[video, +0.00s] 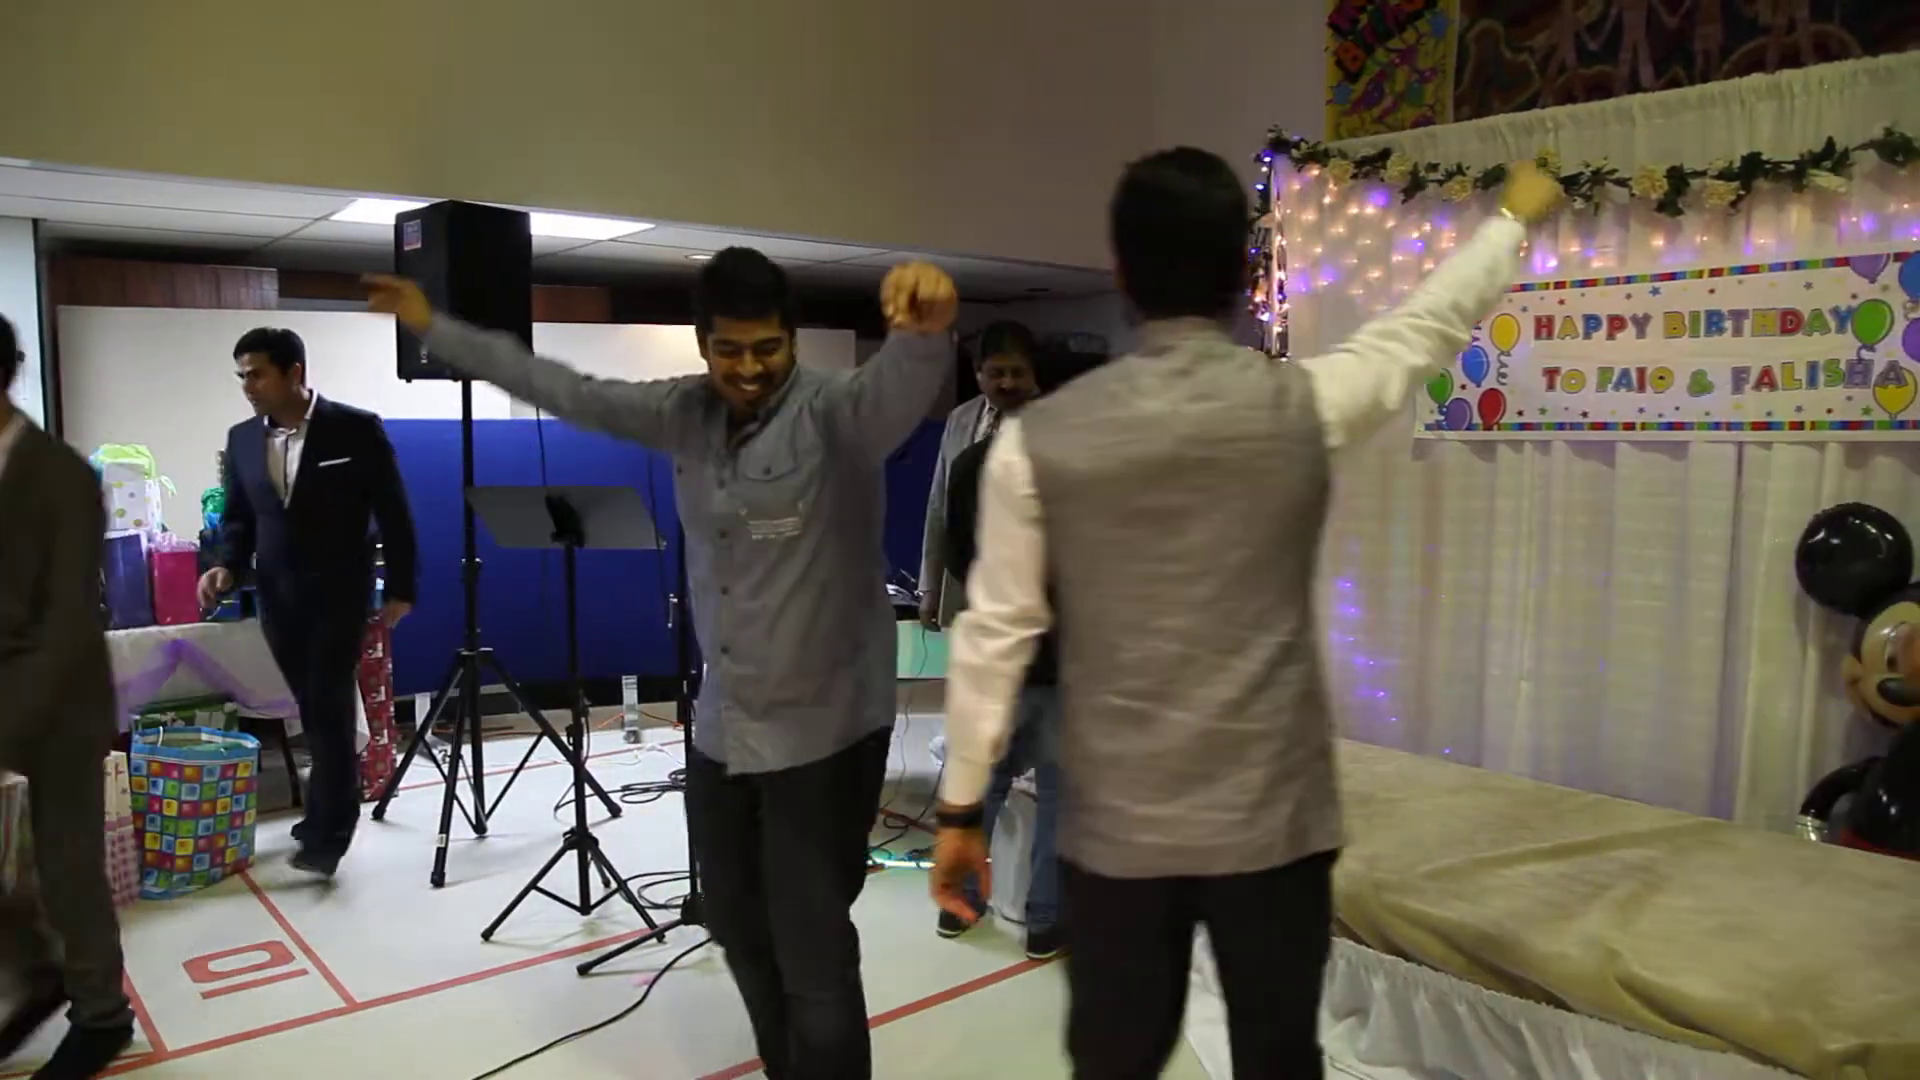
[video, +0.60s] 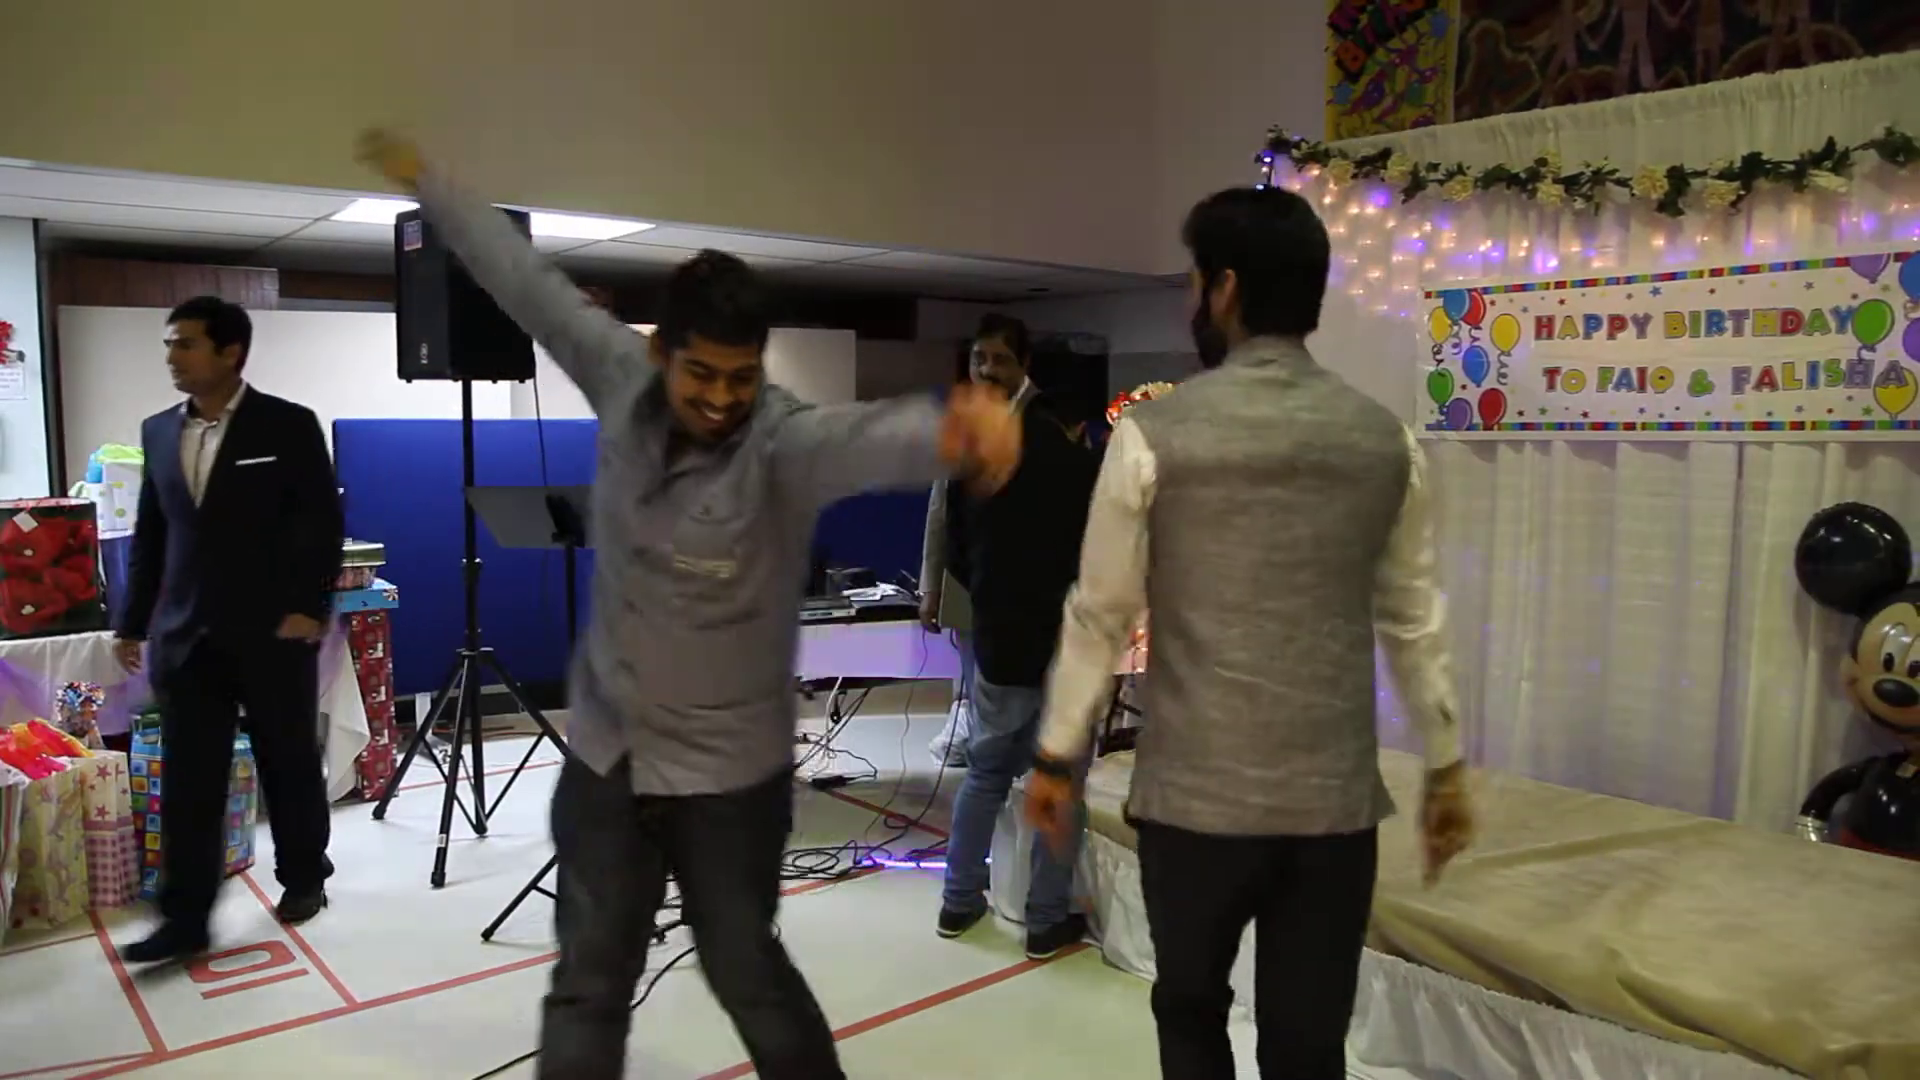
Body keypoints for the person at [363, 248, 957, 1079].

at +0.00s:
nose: (749, 368)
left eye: (767, 348)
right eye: (729, 350)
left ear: (793, 336)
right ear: (701, 343)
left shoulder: (841, 410)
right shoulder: (684, 416)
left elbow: (902, 384)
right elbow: (565, 389)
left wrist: (926, 322)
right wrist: (432, 323)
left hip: (827, 726)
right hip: (723, 724)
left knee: (810, 932)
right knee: (738, 924)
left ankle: (835, 1073)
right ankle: (790, 1070)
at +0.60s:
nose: (720, 396)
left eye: (741, 379)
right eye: (701, 375)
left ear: (764, 365)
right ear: (663, 353)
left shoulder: (789, 442)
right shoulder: (622, 386)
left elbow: (875, 437)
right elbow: (526, 283)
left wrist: (954, 431)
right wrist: (426, 180)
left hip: (732, 768)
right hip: (607, 758)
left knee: (741, 965)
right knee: (587, 986)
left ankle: (813, 1073)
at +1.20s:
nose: (626, 414)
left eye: (638, 393)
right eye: (605, 393)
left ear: (649, 386)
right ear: (537, 381)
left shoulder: (683, 493)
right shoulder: (450, 457)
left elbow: (780, 609)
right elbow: (271, 435)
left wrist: (837, 690)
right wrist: (197, 283)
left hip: (646, 813)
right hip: (492, 825)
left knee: (702, 1045)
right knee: (509, 1063)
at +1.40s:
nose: (596, 351)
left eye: (603, 329)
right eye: (572, 330)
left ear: (607, 332)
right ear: (496, 334)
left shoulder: (644, 420)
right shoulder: (415, 415)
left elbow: (786, 499)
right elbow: (227, 357)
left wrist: (934, 583)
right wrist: (69, 231)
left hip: (642, 778)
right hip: (492, 797)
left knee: (696, 998)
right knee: (533, 1053)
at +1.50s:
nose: (585, 341)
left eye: (594, 319)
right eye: (559, 320)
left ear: (603, 324)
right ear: (485, 332)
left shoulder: (645, 415)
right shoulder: (410, 421)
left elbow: (794, 483)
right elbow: (229, 393)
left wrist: (939, 557)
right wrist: (59, 309)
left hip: (630, 775)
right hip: (484, 796)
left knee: (679, 977)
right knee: (539, 1048)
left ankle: (605, 1073)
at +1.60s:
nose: (580, 344)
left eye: (586, 321)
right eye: (553, 324)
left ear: (594, 328)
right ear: (480, 338)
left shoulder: (643, 428)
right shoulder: (413, 438)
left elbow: (795, 495)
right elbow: (239, 479)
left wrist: (929, 532)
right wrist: (102, 396)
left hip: (628, 789)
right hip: (487, 809)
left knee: (643, 990)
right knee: (546, 1045)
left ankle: (528, 1062)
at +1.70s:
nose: (578, 365)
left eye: (580, 343)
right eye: (551, 345)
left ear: (586, 354)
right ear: (476, 368)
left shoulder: (649, 464)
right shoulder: (407, 482)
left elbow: (785, 536)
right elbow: (233, 567)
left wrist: (883, 502)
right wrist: (161, 432)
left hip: (629, 815)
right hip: (491, 830)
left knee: (626, 1001)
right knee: (560, 1058)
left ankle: (522, 1025)